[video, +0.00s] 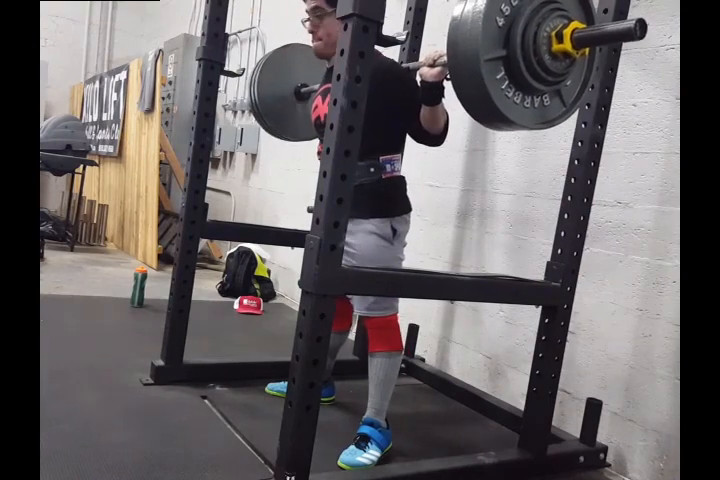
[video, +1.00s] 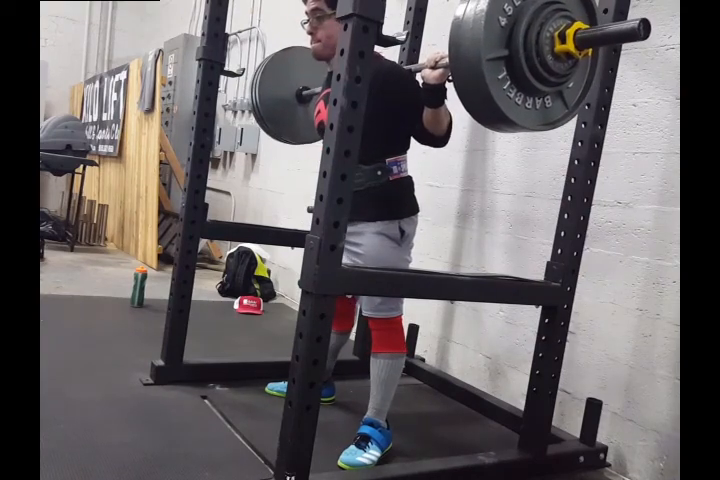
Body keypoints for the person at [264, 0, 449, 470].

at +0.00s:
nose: (310, 31)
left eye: (317, 20)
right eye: (307, 22)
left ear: (348, 19)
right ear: (320, 25)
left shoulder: (387, 74)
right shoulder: (329, 78)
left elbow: (433, 135)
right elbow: (328, 139)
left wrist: (431, 87)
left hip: (377, 215)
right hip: (331, 212)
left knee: (377, 311)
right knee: (327, 301)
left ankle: (375, 424)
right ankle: (317, 379)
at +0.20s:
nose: (311, 30)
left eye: (319, 20)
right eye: (310, 21)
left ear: (349, 20)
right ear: (329, 26)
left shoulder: (389, 76)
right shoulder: (332, 78)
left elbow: (435, 136)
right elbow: (329, 131)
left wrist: (434, 88)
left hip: (379, 215)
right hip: (334, 211)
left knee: (380, 312)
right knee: (330, 302)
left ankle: (376, 424)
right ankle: (318, 379)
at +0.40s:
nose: (311, 32)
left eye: (318, 21)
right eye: (310, 23)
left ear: (349, 22)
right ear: (331, 27)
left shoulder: (391, 78)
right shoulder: (333, 81)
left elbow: (438, 135)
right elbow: (325, 127)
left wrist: (436, 89)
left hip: (382, 217)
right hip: (335, 214)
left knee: (382, 312)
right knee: (331, 301)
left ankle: (376, 424)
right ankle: (318, 380)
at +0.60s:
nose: (312, 33)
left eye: (319, 22)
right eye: (310, 24)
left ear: (349, 22)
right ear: (331, 28)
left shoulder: (391, 78)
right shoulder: (333, 81)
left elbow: (438, 136)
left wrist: (435, 88)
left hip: (382, 217)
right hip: (335, 213)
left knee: (382, 312)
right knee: (331, 302)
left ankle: (376, 424)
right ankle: (318, 380)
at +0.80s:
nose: (310, 33)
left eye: (317, 22)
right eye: (308, 24)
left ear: (348, 21)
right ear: (330, 26)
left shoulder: (390, 78)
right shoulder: (333, 80)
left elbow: (437, 135)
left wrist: (434, 88)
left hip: (382, 217)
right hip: (335, 214)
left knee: (382, 313)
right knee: (331, 302)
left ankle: (376, 423)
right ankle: (318, 380)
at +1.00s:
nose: (310, 33)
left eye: (316, 22)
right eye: (308, 24)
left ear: (348, 20)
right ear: (330, 26)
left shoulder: (391, 78)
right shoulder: (333, 79)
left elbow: (437, 136)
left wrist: (434, 88)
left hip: (383, 218)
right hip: (335, 214)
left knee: (382, 313)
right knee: (331, 302)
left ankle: (376, 424)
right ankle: (318, 380)